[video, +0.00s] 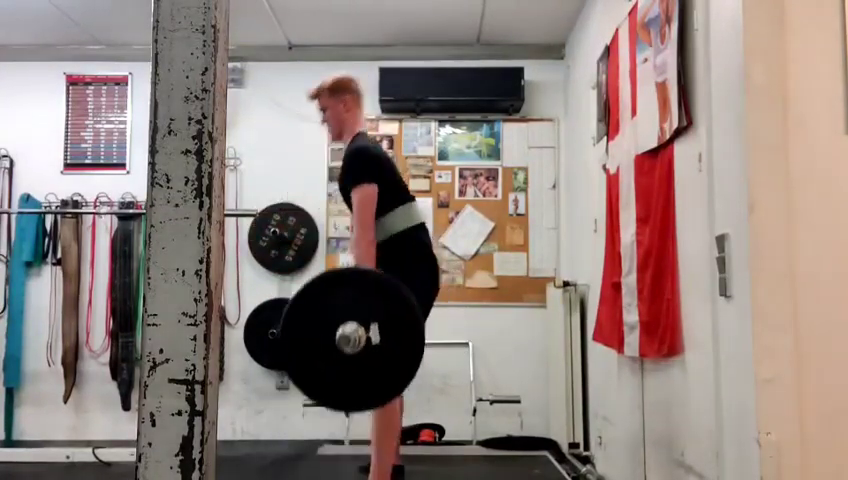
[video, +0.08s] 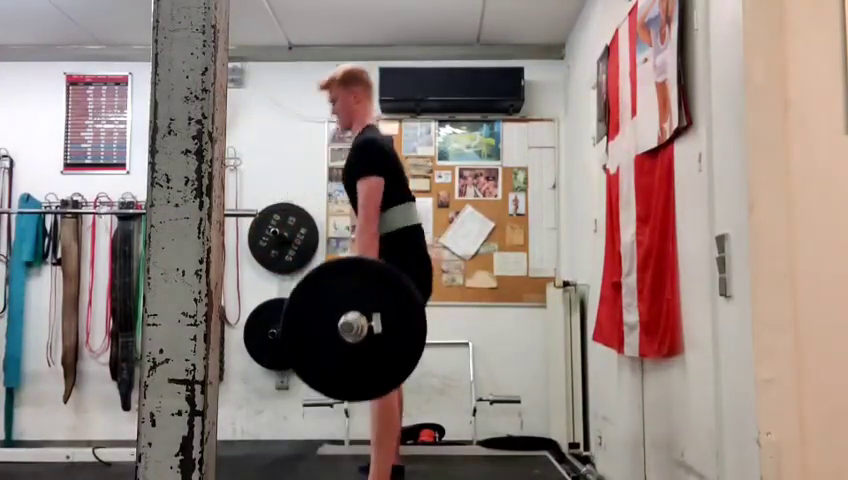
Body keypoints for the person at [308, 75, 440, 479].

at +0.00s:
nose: (323, 120)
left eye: (326, 111)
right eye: (322, 112)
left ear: (346, 106)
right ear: (349, 108)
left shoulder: (362, 155)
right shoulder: (363, 154)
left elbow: (365, 231)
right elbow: (365, 233)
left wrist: (362, 295)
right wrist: (362, 292)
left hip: (407, 271)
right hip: (405, 270)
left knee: (386, 374)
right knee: (386, 373)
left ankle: (382, 471)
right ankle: (387, 466)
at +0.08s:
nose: (332, 113)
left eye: (335, 104)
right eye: (331, 105)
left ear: (355, 99)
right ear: (359, 100)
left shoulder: (368, 147)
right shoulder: (373, 145)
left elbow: (369, 224)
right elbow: (369, 226)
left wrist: (359, 289)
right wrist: (360, 285)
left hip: (397, 271)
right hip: (401, 270)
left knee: (383, 375)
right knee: (387, 374)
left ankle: (380, 473)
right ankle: (387, 467)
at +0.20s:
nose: (351, 105)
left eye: (354, 96)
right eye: (349, 97)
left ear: (377, 91)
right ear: (371, 93)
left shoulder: (389, 140)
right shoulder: (381, 138)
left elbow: (381, 218)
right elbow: (378, 219)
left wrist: (367, 277)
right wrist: (364, 276)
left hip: (393, 261)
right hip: (388, 261)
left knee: (389, 369)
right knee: (386, 368)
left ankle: (386, 472)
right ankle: (386, 466)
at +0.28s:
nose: (359, 109)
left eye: (361, 100)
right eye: (357, 102)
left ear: (383, 93)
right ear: (382, 96)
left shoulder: (399, 140)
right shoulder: (389, 139)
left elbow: (385, 215)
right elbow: (379, 215)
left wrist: (368, 276)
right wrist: (363, 274)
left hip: (392, 258)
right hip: (387, 258)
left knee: (389, 369)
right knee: (386, 368)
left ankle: (385, 472)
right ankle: (386, 467)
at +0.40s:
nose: (369, 114)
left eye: (371, 104)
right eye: (366, 106)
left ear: (392, 93)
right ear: (393, 96)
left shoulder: (408, 142)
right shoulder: (400, 141)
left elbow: (388, 215)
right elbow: (383, 217)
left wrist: (369, 277)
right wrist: (364, 275)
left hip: (392, 260)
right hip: (387, 260)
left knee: (388, 370)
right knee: (385, 370)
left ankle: (383, 474)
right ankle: (384, 468)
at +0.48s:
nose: (371, 113)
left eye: (372, 103)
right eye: (368, 106)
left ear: (392, 93)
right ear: (395, 96)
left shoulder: (409, 141)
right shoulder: (401, 140)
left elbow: (388, 215)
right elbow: (383, 217)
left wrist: (369, 278)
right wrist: (366, 276)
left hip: (391, 259)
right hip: (387, 259)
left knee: (387, 369)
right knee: (383, 369)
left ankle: (382, 474)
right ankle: (383, 468)